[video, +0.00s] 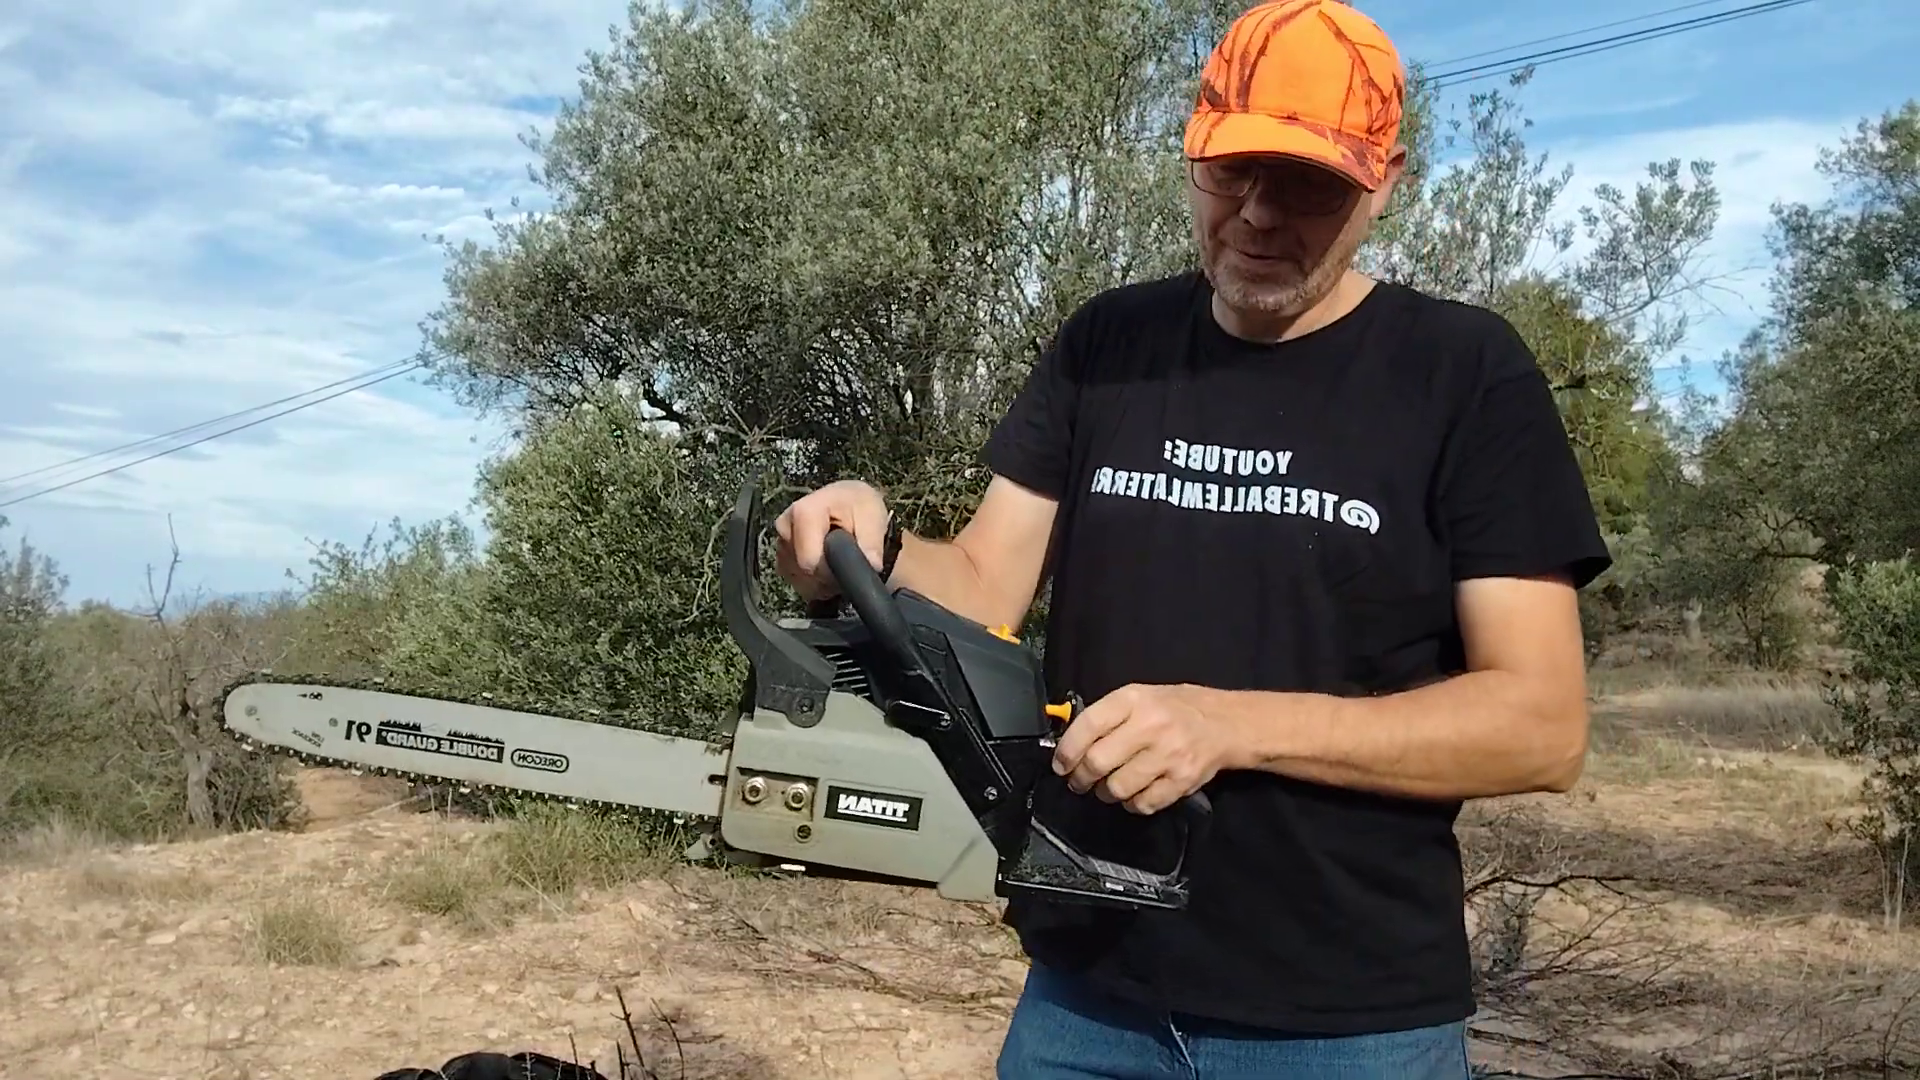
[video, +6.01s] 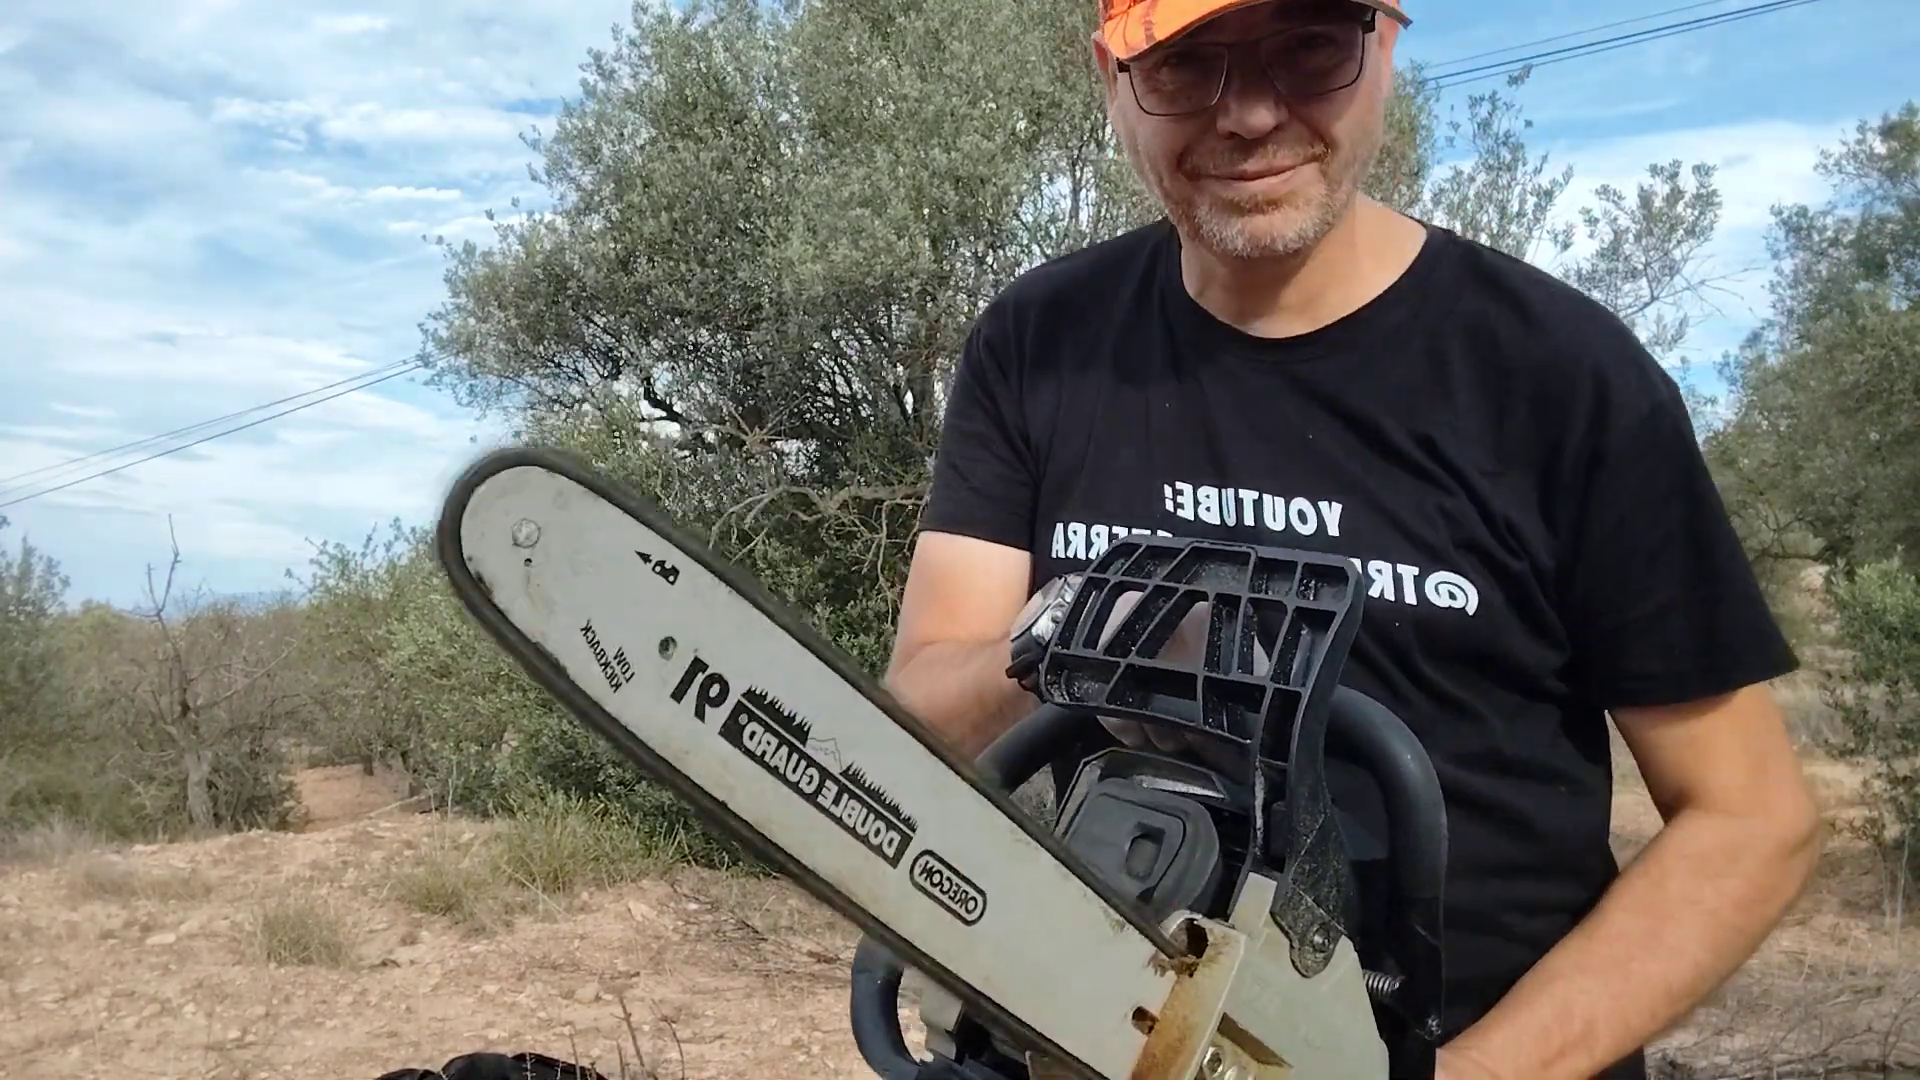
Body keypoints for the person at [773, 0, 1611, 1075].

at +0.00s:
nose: (1263, 211)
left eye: (1312, 179)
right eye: (1239, 167)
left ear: (1378, 190)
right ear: (1195, 162)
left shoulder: (1466, 371)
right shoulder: (1106, 344)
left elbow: (1540, 723)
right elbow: (981, 586)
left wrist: (1237, 724)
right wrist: (877, 546)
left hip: (1356, 1027)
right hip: (1087, 1002)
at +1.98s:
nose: (1303, 220)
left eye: (1348, 189)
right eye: (1276, 180)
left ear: (1403, 206)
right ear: (1224, 183)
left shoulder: (1481, 350)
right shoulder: (1143, 363)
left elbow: (1693, 602)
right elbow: (973, 584)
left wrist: (1395, 571)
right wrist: (966, 760)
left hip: (1390, 988)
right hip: (1121, 967)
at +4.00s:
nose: (1423, 142)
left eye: (1476, 106)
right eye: (1383, 97)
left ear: (1526, 131)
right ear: (1315, 116)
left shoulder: (1631, 369)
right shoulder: (1195, 332)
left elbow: (1782, 753)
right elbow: (1059, 660)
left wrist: (1497, 937)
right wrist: (1155, 581)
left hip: (1527, 1033)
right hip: (1204, 1004)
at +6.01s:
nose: (1250, 123)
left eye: (1311, 58)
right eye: (1187, 68)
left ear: (1385, 50)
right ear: (1108, 83)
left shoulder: (1568, 376)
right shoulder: (1040, 343)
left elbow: (1753, 815)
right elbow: (920, 701)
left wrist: (1480, 1070)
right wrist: (1090, 645)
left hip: (1471, 1041)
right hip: (1096, 1039)